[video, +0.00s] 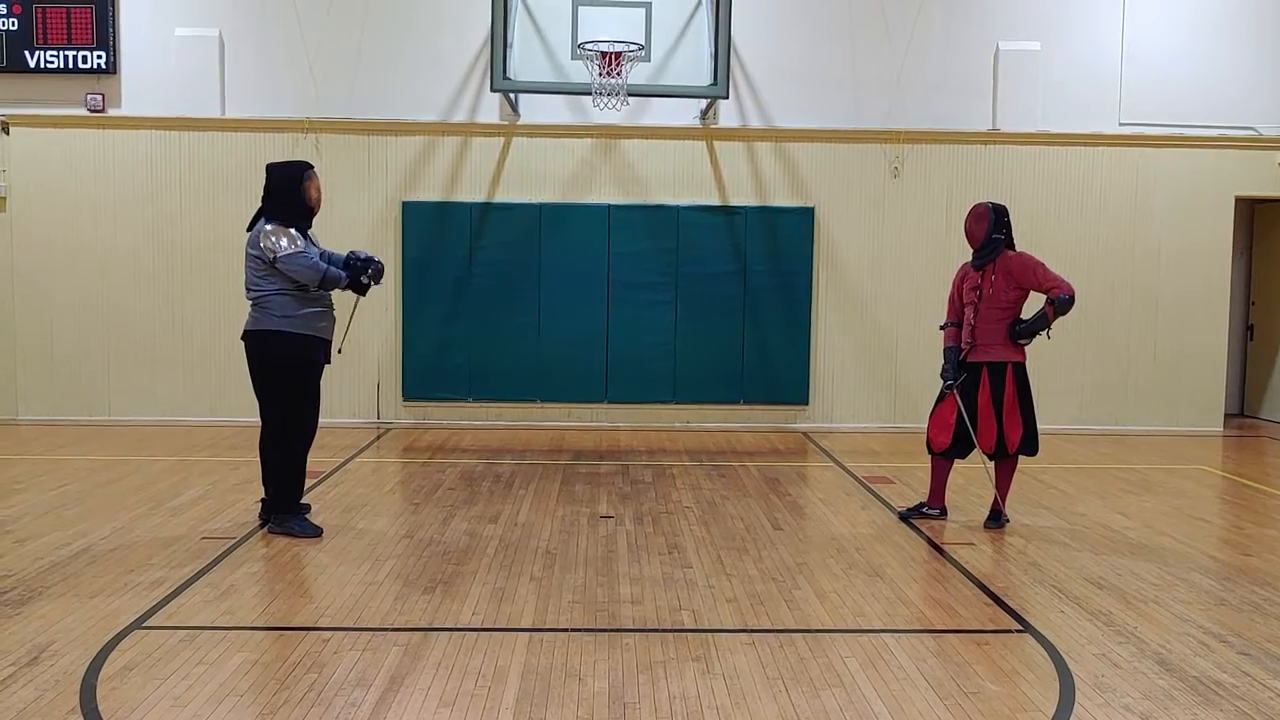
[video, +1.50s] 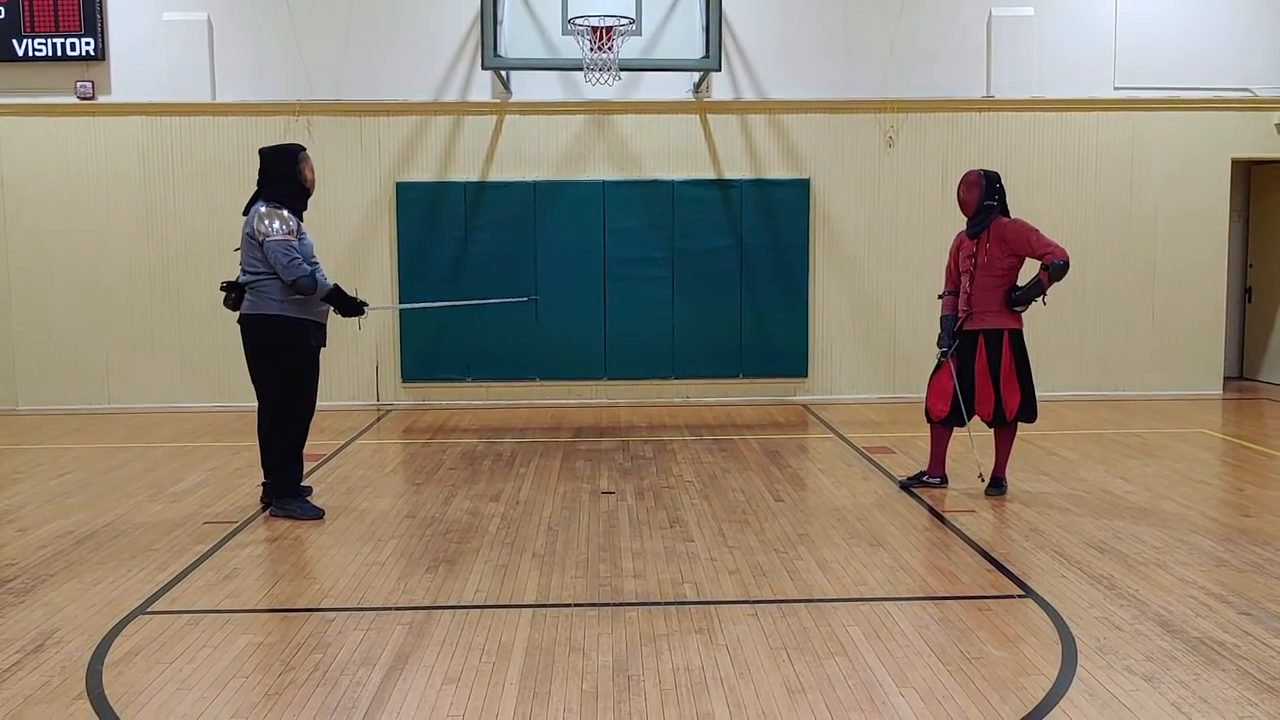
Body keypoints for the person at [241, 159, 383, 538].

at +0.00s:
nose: (319, 194)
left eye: (318, 187)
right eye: (314, 187)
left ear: (296, 191)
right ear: (295, 191)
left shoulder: (292, 232)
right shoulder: (274, 232)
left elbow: (320, 258)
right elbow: (309, 272)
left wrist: (354, 262)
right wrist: (346, 280)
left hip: (299, 342)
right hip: (279, 341)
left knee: (296, 424)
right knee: (287, 426)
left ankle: (282, 504)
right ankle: (282, 511)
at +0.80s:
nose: (324, 195)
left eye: (324, 187)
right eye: (319, 187)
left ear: (292, 190)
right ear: (301, 190)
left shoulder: (288, 233)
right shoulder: (279, 233)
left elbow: (305, 289)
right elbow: (301, 290)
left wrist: (340, 315)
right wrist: (342, 315)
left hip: (291, 340)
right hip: (280, 341)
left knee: (293, 423)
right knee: (292, 424)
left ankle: (285, 501)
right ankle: (282, 511)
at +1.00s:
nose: (325, 191)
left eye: (324, 182)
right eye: (320, 183)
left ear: (295, 187)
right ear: (301, 186)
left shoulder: (286, 227)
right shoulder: (278, 229)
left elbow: (254, 276)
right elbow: (296, 283)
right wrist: (340, 309)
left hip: (291, 337)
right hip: (277, 337)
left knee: (293, 419)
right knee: (288, 420)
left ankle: (283, 498)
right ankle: (283, 507)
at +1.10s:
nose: (324, 186)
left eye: (322, 178)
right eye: (318, 178)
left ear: (292, 183)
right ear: (300, 182)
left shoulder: (283, 222)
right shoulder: (278, 224)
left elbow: (249, 266)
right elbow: (295, 280)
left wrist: (242, 290)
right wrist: (339, 304)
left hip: (287, 334)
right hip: (277, 334)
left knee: (292, 416)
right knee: (288, 417)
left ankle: (283, 494)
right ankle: (283, 504)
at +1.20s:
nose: (320, 183)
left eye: (319, 175)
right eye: (315, 175)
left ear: (290, 179)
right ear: (297, 178)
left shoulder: (285, 220)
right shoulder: (275, 220)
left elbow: (297, 277)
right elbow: (295, 277)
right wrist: (338, 300)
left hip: (289, 332)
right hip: (276, 332)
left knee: (294, 413)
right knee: (286, 414)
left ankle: (284, 492)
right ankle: (282, 502)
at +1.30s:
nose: (317, 180)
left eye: (316, 172)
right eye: (312, 172)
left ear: (285, 177)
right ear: (294, 176)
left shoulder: (280, 217)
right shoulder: (275, 219)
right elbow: (294, 275)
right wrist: (338, 296)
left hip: (287, 328)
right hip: (276, 328)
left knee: (294, 411)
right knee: (286, 411)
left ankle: (283, 489)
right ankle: (281, 499)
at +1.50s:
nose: (313, 177)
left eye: (311, 169)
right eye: (308, 169)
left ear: (281, 174)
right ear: (291, 173)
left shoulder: (276, 213)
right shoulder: (272, 215)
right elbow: (295, 271)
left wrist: (244, 285)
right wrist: (337, 296)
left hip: (284, 323)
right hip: (277, 324)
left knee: (286, 407)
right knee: (287, 407)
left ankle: (280, 487)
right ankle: (283, 494)